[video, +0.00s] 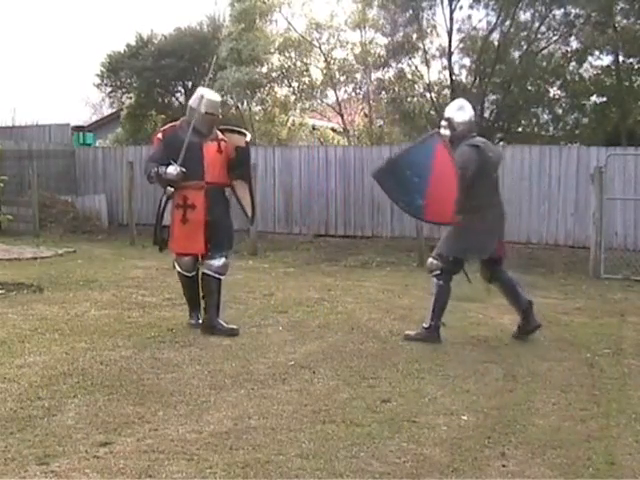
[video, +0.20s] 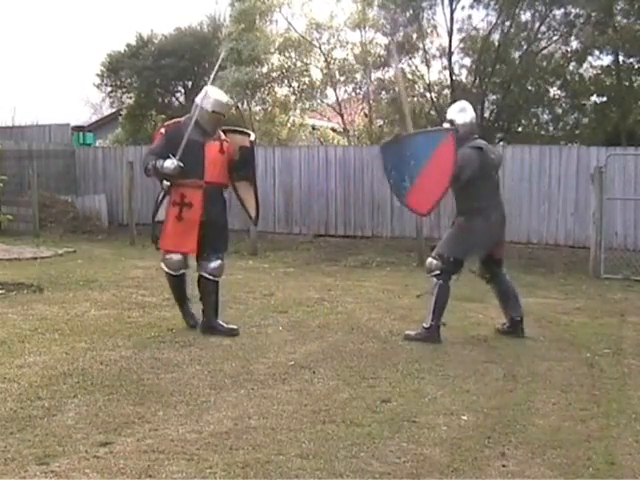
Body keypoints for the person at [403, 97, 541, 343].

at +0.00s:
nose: (447, 129)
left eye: (451, 124)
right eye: (447, 124)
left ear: (463, 124)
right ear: (470, 124)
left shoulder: (466, 151)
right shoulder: (485, 147)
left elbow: (454, 188)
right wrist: (447, 147)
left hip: (471, 222)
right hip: (491, 221)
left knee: (442, 270)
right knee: (493, 270)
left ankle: (432, 327)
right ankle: (527, 316)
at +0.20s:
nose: (449, 129)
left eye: (452, 124)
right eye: (448, 124)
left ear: (464, 125)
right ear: (473, 125)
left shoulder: (466, 155)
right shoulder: (490, 150)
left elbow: (442, 178)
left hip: (472, 224)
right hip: (494, 222)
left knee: (441, 269)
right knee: (492, 270)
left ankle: (432, 327)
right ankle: (515, 321)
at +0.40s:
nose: (456, 128)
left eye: (460, 123)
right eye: (455, 123)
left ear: (471, 125)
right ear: (477, 125)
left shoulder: (471, 154)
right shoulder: (492, 151)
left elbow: (449, 177)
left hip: (473, 222)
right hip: (493, 221)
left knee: (443, 268)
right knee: (493, 269)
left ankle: (432, 327)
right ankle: (516, 321)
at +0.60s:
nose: (456, 129)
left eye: (459, 124)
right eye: (457, 124)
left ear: (465, 126)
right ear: (479, 126)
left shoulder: (472, 154)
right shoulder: (492, 151)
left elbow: (454, 180)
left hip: (473, 221)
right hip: (494, 220)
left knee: (442, 268)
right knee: (490, 269)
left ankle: (432, 327)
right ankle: (516, 321)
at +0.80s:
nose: (456, 128)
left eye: (458, 123)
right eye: (457, 123)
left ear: (465, 124)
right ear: (479, 124)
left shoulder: (472, 152)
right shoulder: (492, 151)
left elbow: (456, 179)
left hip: (472, 220)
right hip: (494, 220)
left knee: (443, 268)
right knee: (492, 269)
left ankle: (433, 327)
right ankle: (516, 322)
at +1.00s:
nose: (456, 128)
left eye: (459, 123)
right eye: (456, 123)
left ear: (467, 124)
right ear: (479, 123)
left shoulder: (474, 152)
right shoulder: (491, 150)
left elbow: (458, 181)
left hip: (471, 219)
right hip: (491, 218)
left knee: (443, 267)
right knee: (493, 269)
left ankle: (433, 327)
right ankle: (516, 322)